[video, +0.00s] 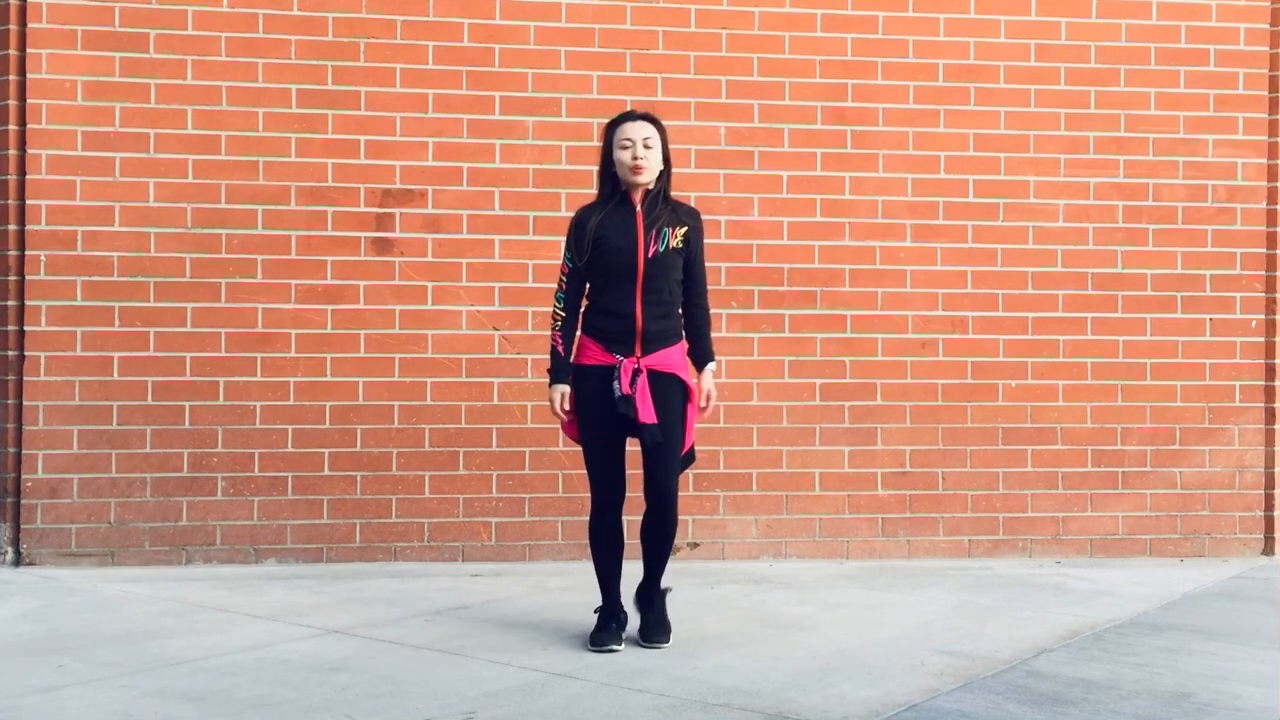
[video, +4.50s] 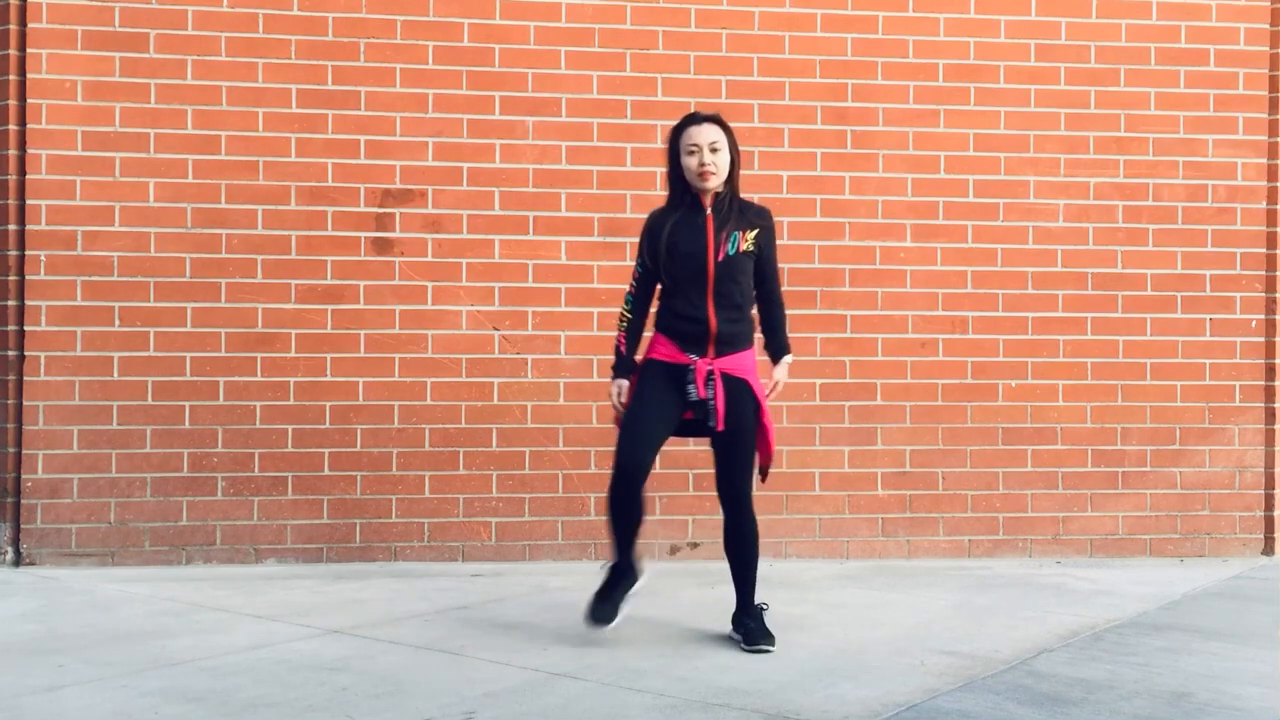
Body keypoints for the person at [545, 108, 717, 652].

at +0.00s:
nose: (638, 153)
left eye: (648, 145)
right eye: (626, 145)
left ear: (663, 155)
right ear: (610, 156)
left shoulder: (683, 219)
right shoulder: (589, 220)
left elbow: (695, 298)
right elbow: (567, 300)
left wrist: (705, 360)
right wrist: (559, 371)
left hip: (664, 368)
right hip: (598, 369)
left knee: (663, 494)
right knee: (606, 496)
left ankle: (652, 593)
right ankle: (610, 608)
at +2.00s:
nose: (685, 158)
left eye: (694, 149)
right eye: (674, 150)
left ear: (710, 161)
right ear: (658, 162)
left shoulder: (729, 227)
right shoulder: (635, 224)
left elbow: (735, 299)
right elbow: (602, 294)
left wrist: (741, 362)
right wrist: (589, 361)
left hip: (708, 367)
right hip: (642, 367)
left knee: (709, 482)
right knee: (648, 493)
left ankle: (696, 587)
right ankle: (650, 604)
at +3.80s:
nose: (707, 176)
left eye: (718, 166)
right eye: (696, 166)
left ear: (733, 171)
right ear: (680, 172)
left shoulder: (755, 225)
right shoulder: (665, 240)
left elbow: (776, 298)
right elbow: (647, 316)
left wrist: (794, 361)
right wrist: (638, 388)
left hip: (760, 370)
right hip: (697, 372)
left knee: (762, 496)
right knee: (704, 477)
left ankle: (749, 609)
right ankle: (672, 576)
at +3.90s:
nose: (711, 173)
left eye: (721, 163)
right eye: (699, 163)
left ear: (737, 169)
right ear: (684, 171)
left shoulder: (761, 222)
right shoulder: (669, 238)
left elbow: (782, 294)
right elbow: (657, 315)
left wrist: (800, 355)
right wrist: (653, 389)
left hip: (767, 368)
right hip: (705, 370)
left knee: (761, 484)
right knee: (732, 468)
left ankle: (749, 605)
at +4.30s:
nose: (714, 173)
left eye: (724, 162)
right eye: (702, 164)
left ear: (740, 169)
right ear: (687, 175)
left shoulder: (766, 228)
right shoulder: (674, 242)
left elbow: (786, 300)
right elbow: (655, 319)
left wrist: (800, 361)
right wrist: (645, 390)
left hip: (762, 372)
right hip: (698, 372)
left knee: (769, 488)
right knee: (703, 457)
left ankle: (753, 603)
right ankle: (736, 572)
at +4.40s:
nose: (710, 162)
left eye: (721, 151)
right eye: (698, 153)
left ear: (737, 159)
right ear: (685, 163)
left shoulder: (761, 220)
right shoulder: (669, 229)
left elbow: (779, 292)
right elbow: (648, 305)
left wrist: (793, 354)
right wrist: (635, 375)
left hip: (750, 366)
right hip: (685, 364)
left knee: (753, 494)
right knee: (662, 435)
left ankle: (748, 609)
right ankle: (674, 545)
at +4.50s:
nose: (705, 160)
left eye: (714, 149)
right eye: (693, 151)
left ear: (731, 156)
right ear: (679, 162)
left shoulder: (755, 220)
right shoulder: (662, 222)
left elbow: (769, 292)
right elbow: (638, 296)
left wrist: (780, 351)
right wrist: (622, 365)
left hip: (734, 367)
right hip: (667, 364)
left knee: (736, 491)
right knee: (627, 467)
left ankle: (747, 609)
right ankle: (623, 566)